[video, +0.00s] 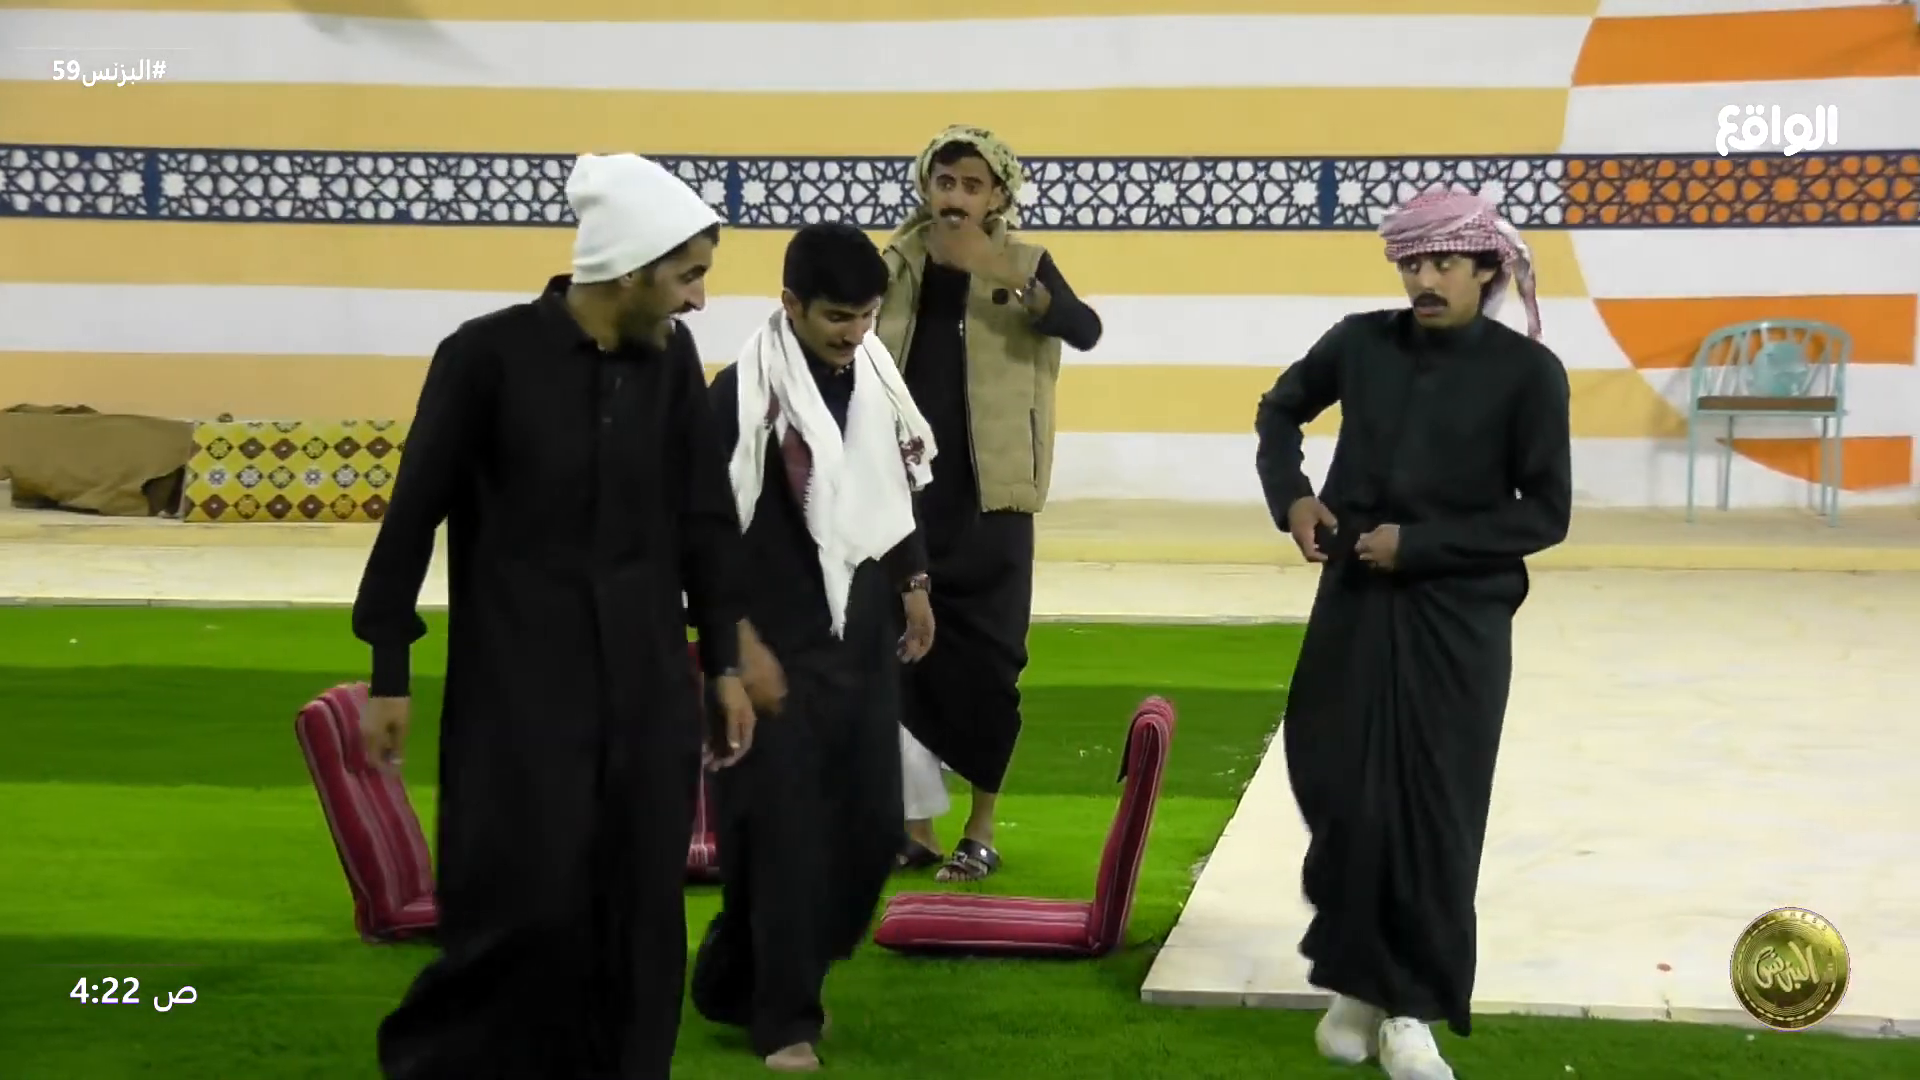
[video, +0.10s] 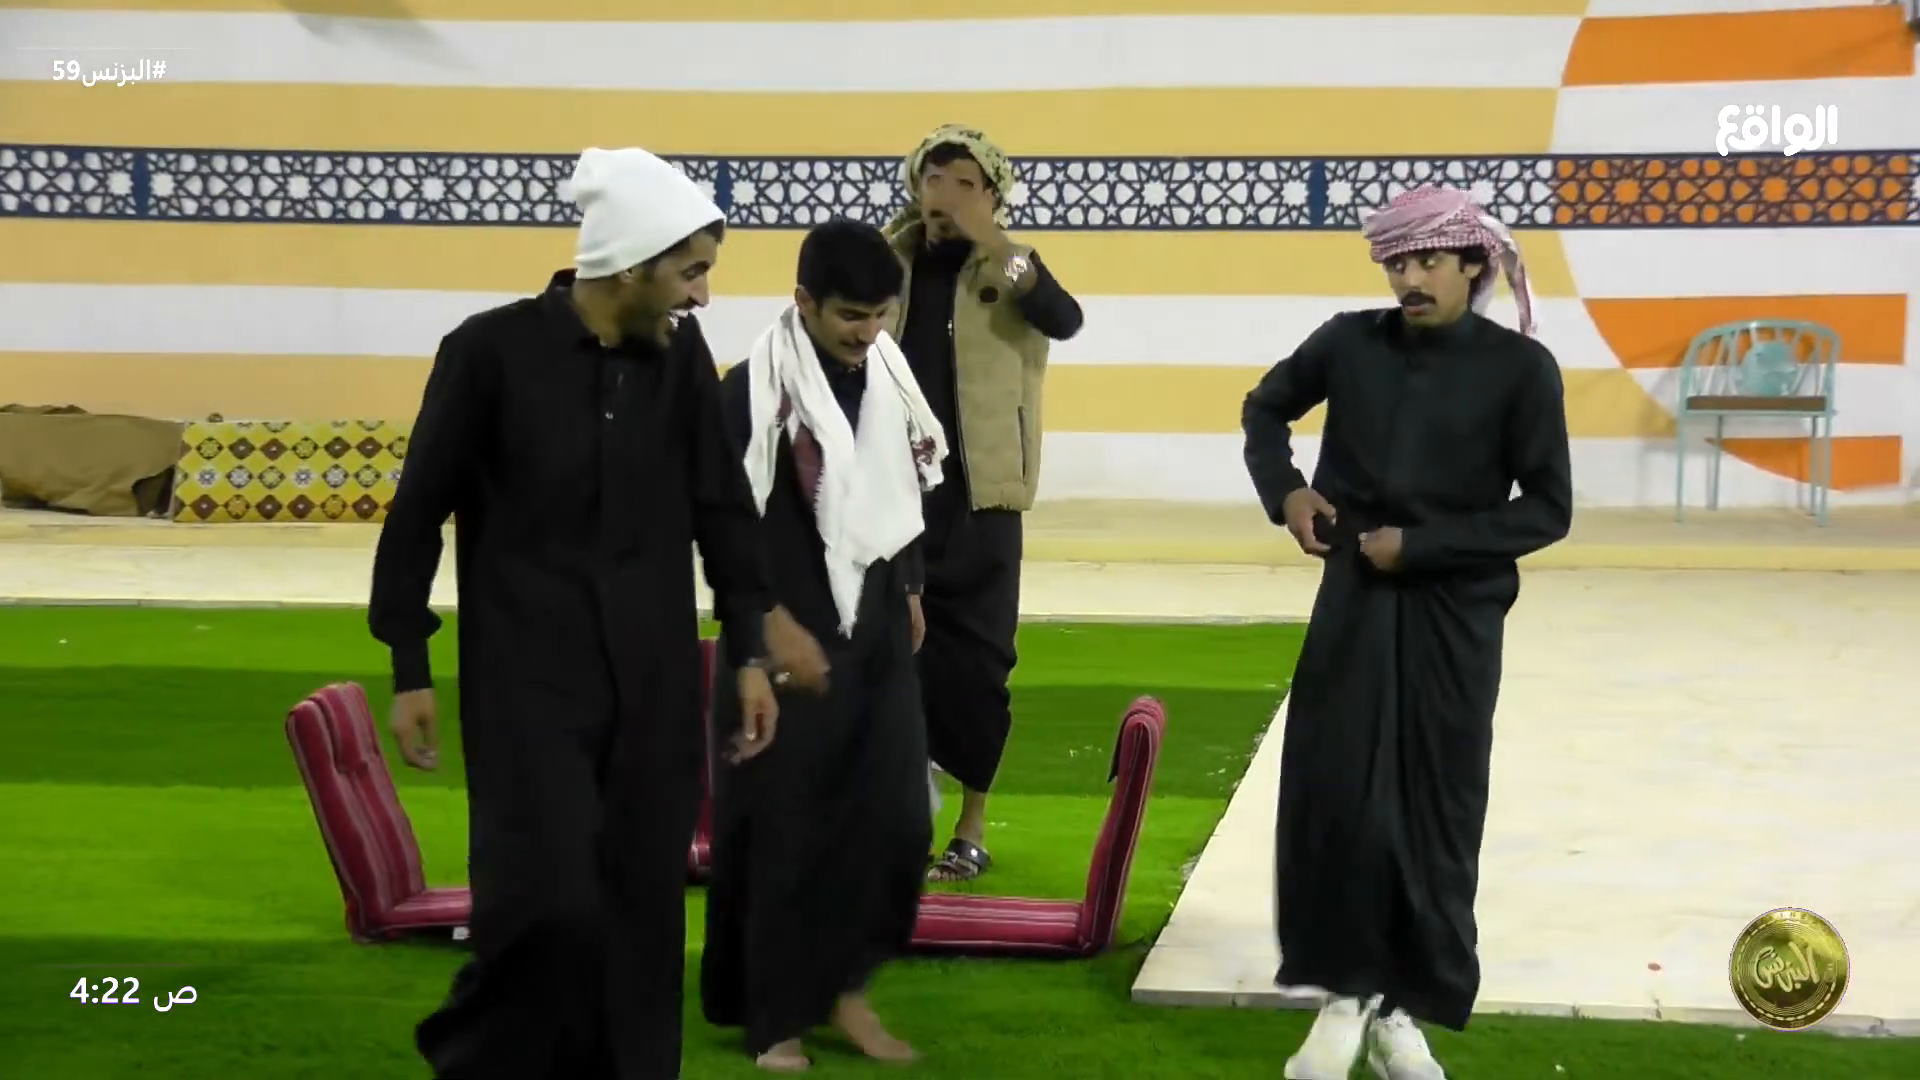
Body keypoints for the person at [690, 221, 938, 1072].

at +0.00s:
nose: (856, 332)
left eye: (867, 315)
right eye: (838, 318)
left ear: (879, 304)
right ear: (792, 303)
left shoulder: (875, 373)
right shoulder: (742, 393)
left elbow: (892, 490)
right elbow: (704, 532)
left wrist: (914, 582)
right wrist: (740, 641)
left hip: (863, 645)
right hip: (777, 650)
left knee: (868, 830)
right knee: (783, 832)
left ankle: (735, 972)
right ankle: (784, 1022)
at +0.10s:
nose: (869, 331)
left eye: (880, 314)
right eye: (851, 316)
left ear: (892, 304)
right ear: (805, 300)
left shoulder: (888, 367)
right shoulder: (750, 389)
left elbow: (905, 493)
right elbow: (726, 527)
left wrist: (907, 586)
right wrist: (760, 634)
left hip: (879, 633)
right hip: (789, 638)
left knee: (890, 814)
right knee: (783, 825)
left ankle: (849, 992)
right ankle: (775, 1020)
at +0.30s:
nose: (922, 347)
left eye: (934, 331)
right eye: (904, 330)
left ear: (943, 324)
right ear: (854, 314)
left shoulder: (942, 410)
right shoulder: (796, 406)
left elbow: (972, 548)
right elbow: (754, 538)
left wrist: (967, 666)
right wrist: (809, 628)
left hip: (922, 674)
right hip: (813, 676)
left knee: (931, 860)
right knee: (799, 851)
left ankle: (946, 1045)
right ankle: (774, 1016)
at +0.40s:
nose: (966, 343)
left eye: (979, 327)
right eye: (949, 326)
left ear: (991, 319)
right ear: (900, 308)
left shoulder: (978, 390)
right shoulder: (839, 397)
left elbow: (978, 512)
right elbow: (792, 538)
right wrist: (808, 656)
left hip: (961, 668)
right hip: (864, 670)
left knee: (963, 863)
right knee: (850, 853)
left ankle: (944, 1052)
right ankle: (794, 1009)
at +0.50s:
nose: (993, 341)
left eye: (1007, 325)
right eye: (976, 323)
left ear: (1020, 314)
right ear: (928, 301)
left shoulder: (1010, 391)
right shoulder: (860, 385)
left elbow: (1028, 529)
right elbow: (809, 519)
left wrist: (1036, 647)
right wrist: (797, 647)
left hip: (981, 676)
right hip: (878, 670)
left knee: (976, 867)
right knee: (876, 861)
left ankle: (955, 1051)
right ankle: (843, 1039)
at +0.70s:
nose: (1029, 331)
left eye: (1044, 312)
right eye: (1009, 313)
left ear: (1062, 299)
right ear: (964, 295)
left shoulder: (1072, 372)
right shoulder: (904, 372)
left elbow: (1119, 514)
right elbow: (846, 509)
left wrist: (1167, 643)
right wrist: (800, 632)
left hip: (1029, 685)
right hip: (917, 683)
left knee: (996, 924)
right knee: (966, 920)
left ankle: (912, 1068)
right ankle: (974, 1073)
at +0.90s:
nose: (1051, 346)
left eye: (1067, 326)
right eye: (1030, 328)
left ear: (1084, 311)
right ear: (986, 311)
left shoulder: (1117, 389)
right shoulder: (937, 414)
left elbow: (1173, 524)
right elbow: (881, 565)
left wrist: (1223, 643)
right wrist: (847, 717)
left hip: (1094, 683)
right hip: (979, 694)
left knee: (1095, 884)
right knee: (1005, 919)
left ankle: (1038, 1051)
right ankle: (1003, 1061)